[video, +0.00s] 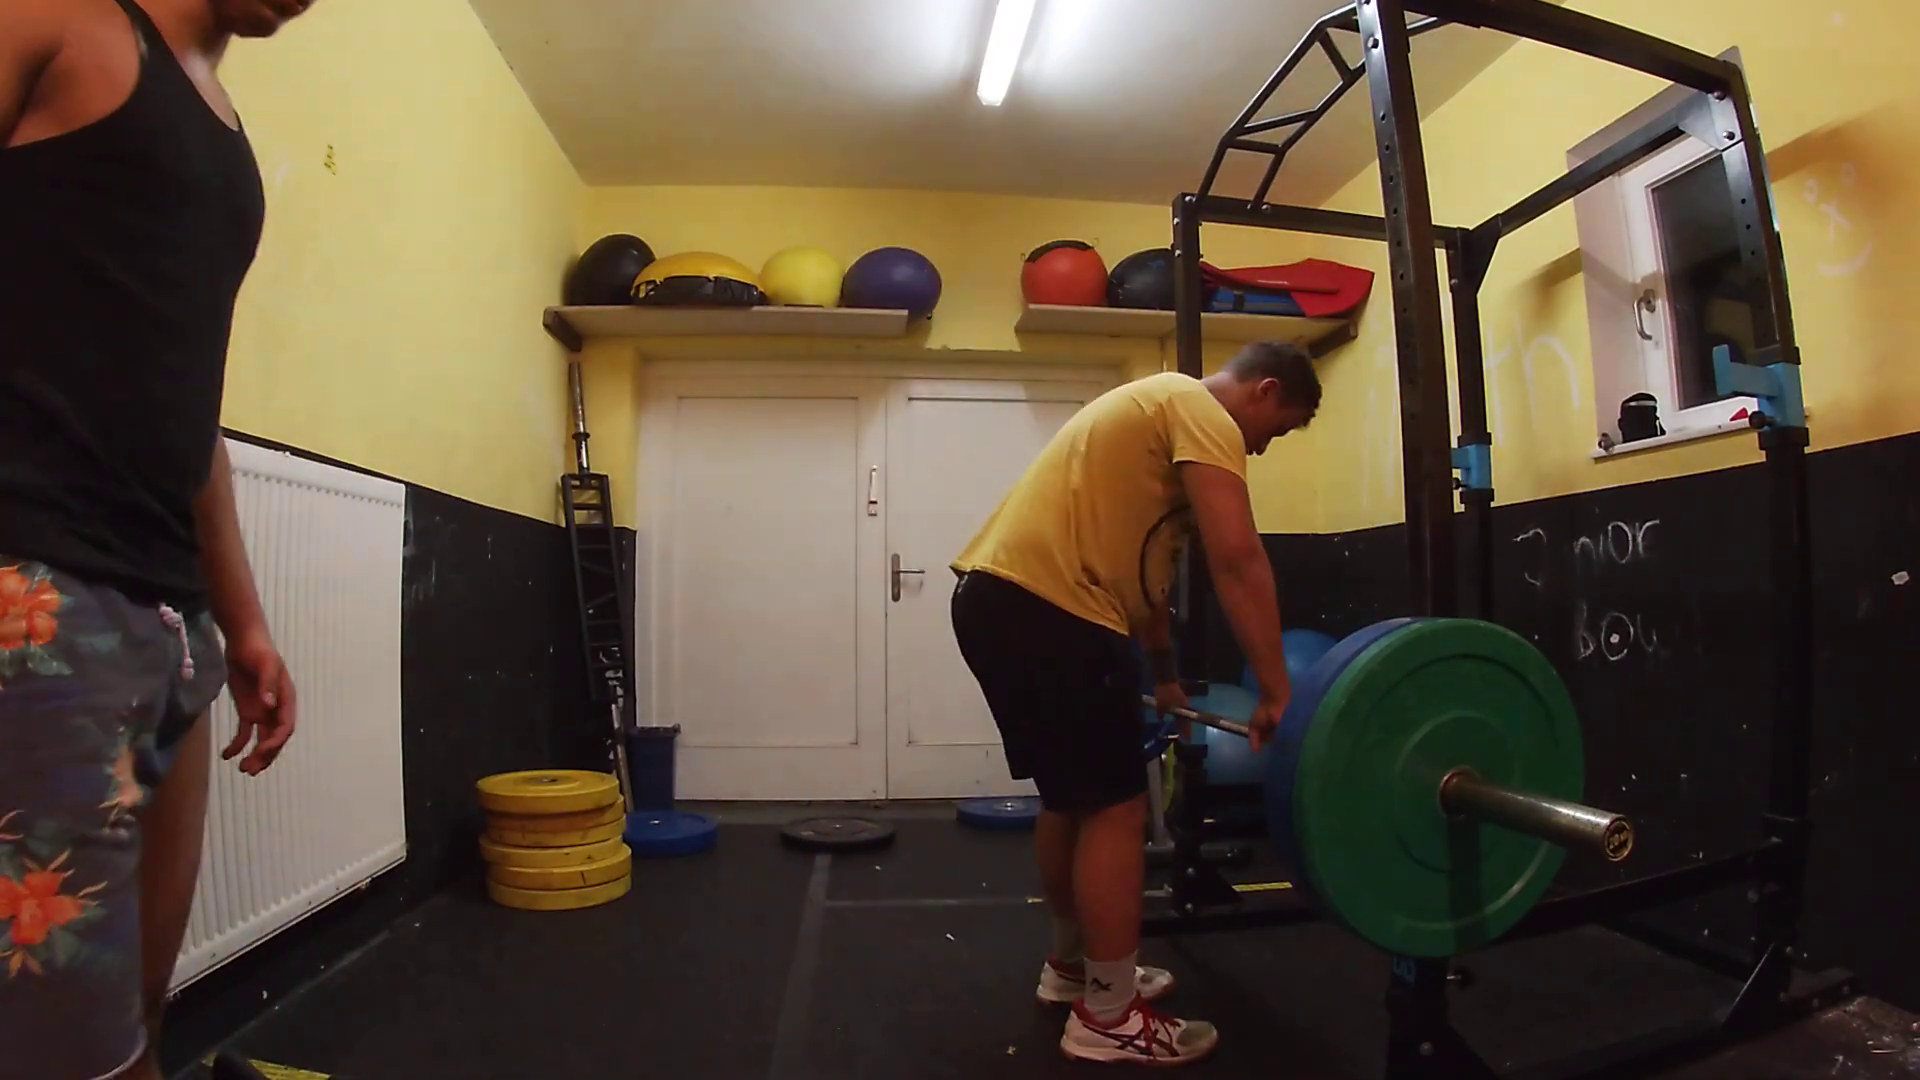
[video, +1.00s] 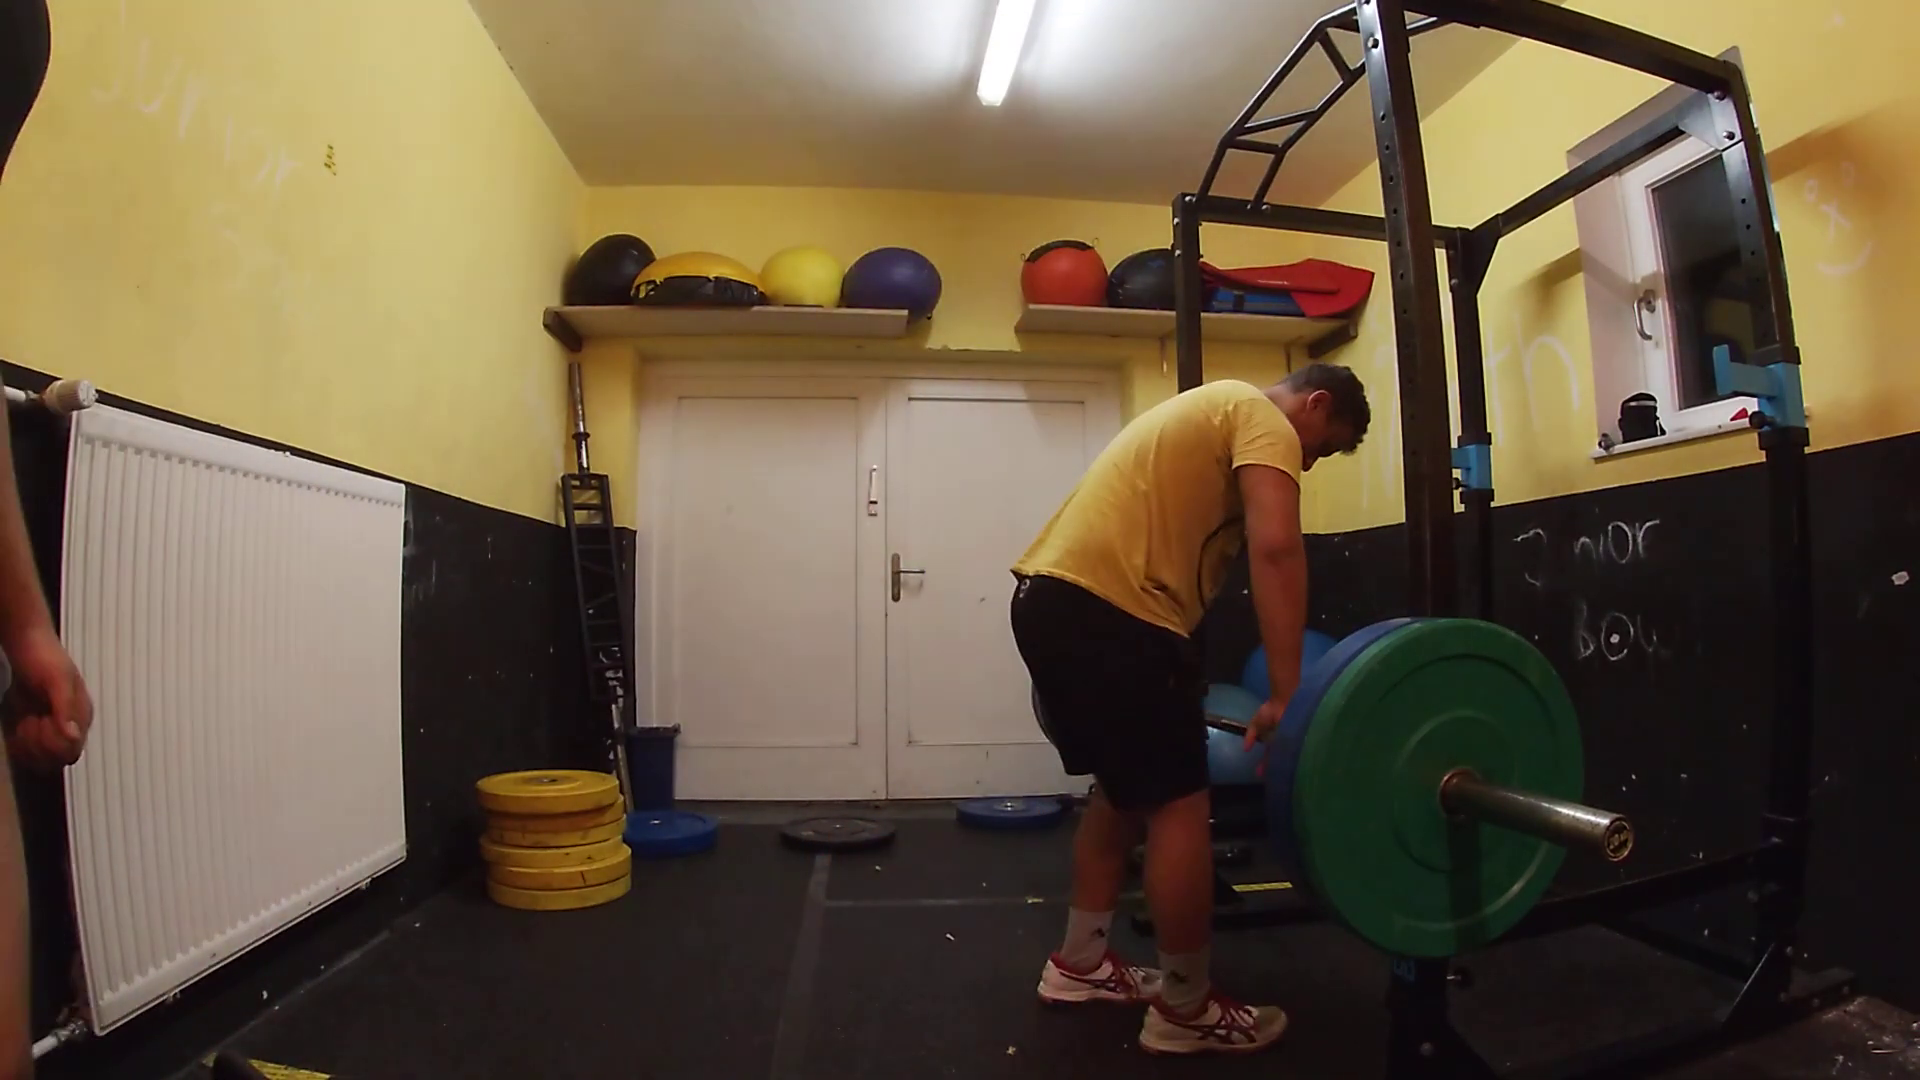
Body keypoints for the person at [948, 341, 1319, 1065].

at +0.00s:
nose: (1267, 444)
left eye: (1278, 435)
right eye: (1279, 428)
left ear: (1247, 380)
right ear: (1263, 392)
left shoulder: (1153, 412)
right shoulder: (1200, 411)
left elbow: (1143, 572)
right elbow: (1236, 555)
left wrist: (1163, 675)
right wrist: (1276, 689)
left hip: (1001, 595)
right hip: (1054, 607)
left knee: (1065, 794)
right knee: (1116, 803)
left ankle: (1071, 960)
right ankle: (1108, 1014)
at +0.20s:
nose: (1288, 454)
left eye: (1301, 445)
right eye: (1300, 436)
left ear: (1269, 389)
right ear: (1282, 396)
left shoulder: (1173, 418)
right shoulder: (1225, 416)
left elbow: (1142, 565)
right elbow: (1251, 552)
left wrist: (1160, 673)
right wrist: (1281, 689)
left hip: (1014, 584)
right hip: (1068, 598)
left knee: (1070, 788)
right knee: (1121, 801)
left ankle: (1072, 962)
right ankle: (1110, 1013)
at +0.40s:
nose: (1297, 459)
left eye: (1309, 452)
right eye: (1309, 442)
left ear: (1278, 392)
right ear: (1290, 400)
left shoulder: (1182, 421)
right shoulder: (1236, 417)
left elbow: (1143, 561)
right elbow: (1257, 550)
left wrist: (1161, 674)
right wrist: (1279, 687)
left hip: (1025, 582)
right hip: (1076, 597)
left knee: (1077, 788)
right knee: (1125, 800)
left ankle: (1069, 963)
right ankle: (1111, 1013)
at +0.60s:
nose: (1296, 463)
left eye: (1307, 456)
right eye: (1308, 447)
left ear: (1278, 395)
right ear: (1294, 406)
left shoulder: (1187, 421)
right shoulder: (1243, 418)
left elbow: (1155, 566)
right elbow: (1264, 548)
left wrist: (1166, 674)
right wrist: (1282, 690)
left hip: (1027, 583)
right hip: (1080, 597)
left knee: (1083, 788)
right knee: (1136, 797)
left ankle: (1071, 962)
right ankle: (1113, 1010)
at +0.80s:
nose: (1297, 461)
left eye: (1308, 454)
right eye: (1310, 445)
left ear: (1282, 392)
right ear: (1299, 406)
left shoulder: (1190, 411)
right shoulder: (1247, 420)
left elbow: (1154, 559)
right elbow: (1264, 552)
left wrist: (1170, 675)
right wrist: (1276, 694)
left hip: (1031, 589)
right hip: (1098, 604)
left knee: (1097, 783)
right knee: (1170, 788)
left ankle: (1075, 960)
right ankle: (1151, 1005)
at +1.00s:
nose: (1312, 462)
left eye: (1323, 455)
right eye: (1325, 446)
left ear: (1299, 392)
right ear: (1314, 405)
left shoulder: (1204, 410)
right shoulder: (1263, 416)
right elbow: (1275, 546)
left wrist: (1176, 677)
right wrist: (1284, 692)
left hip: (1052, 596)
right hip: (1118, 610)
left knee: (1118, 782)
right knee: (1179, 803)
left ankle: (1079, 958)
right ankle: (1185, 1008)